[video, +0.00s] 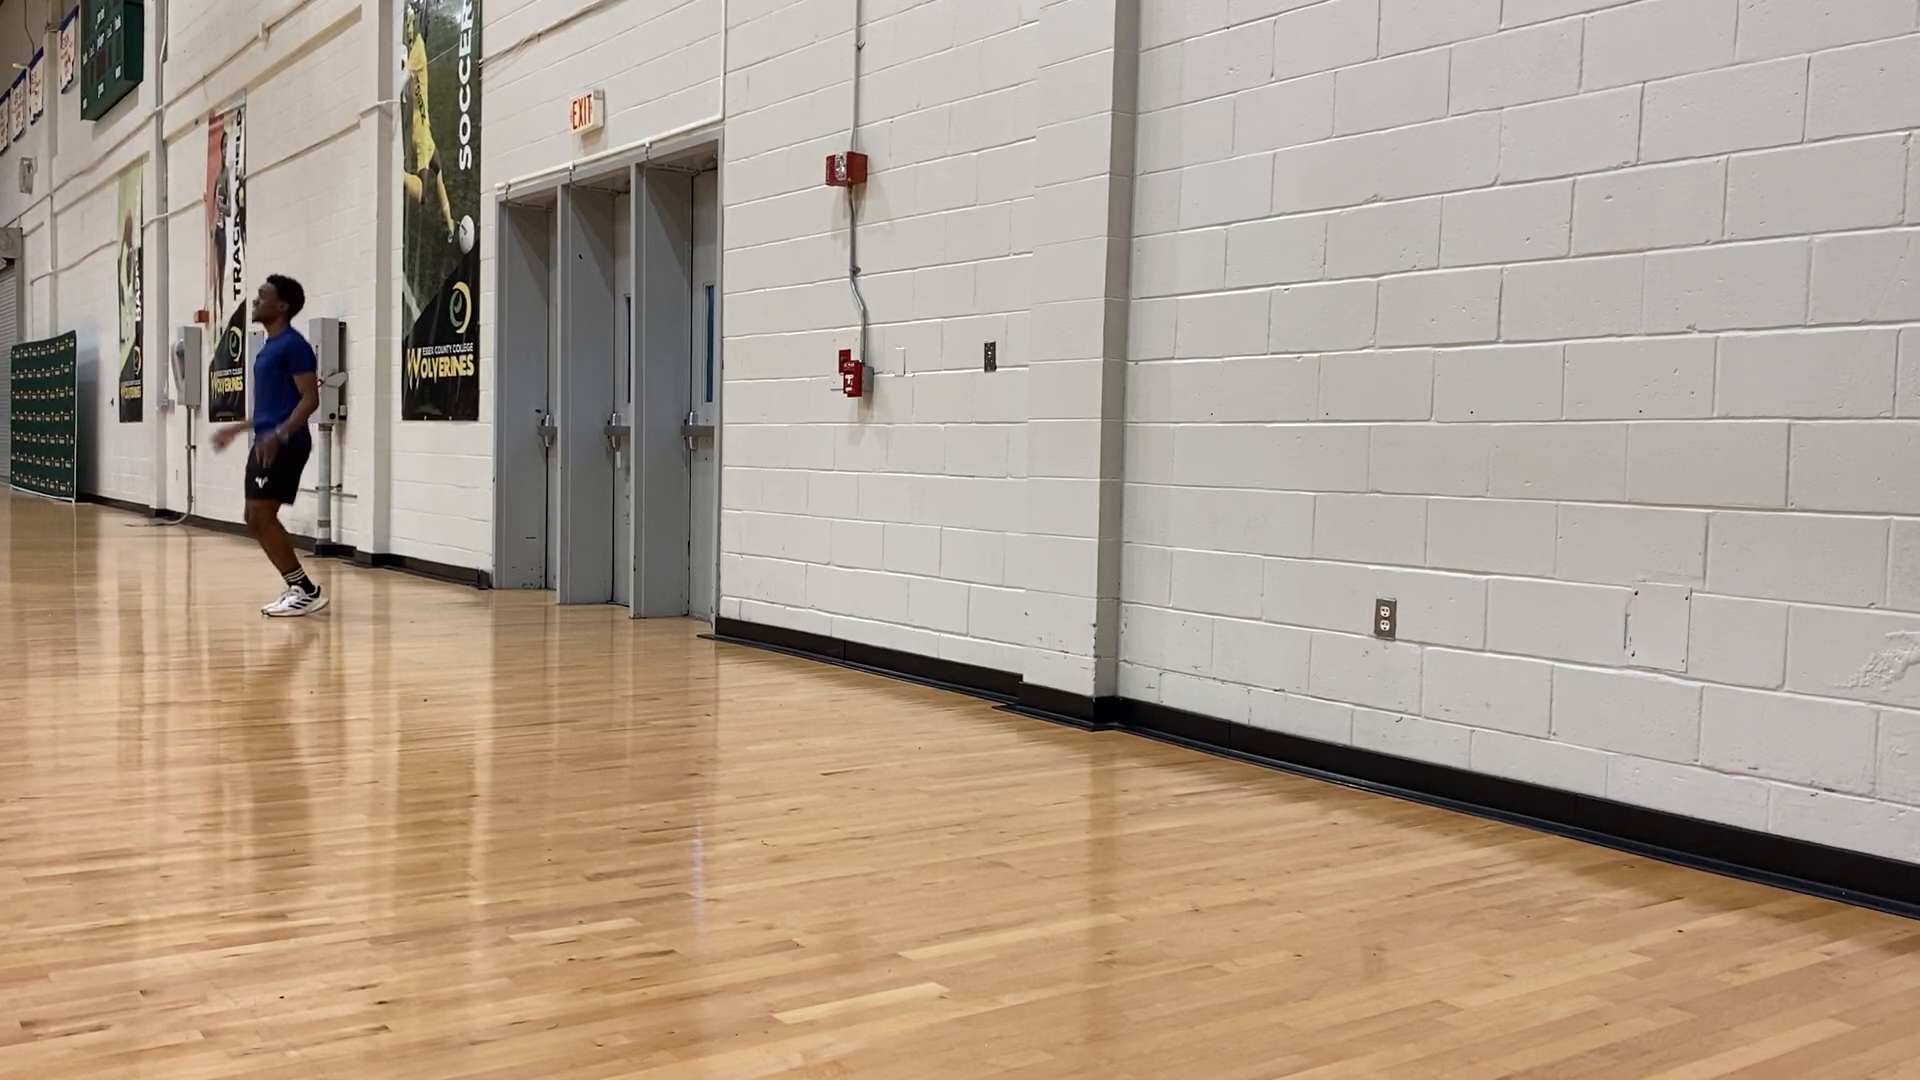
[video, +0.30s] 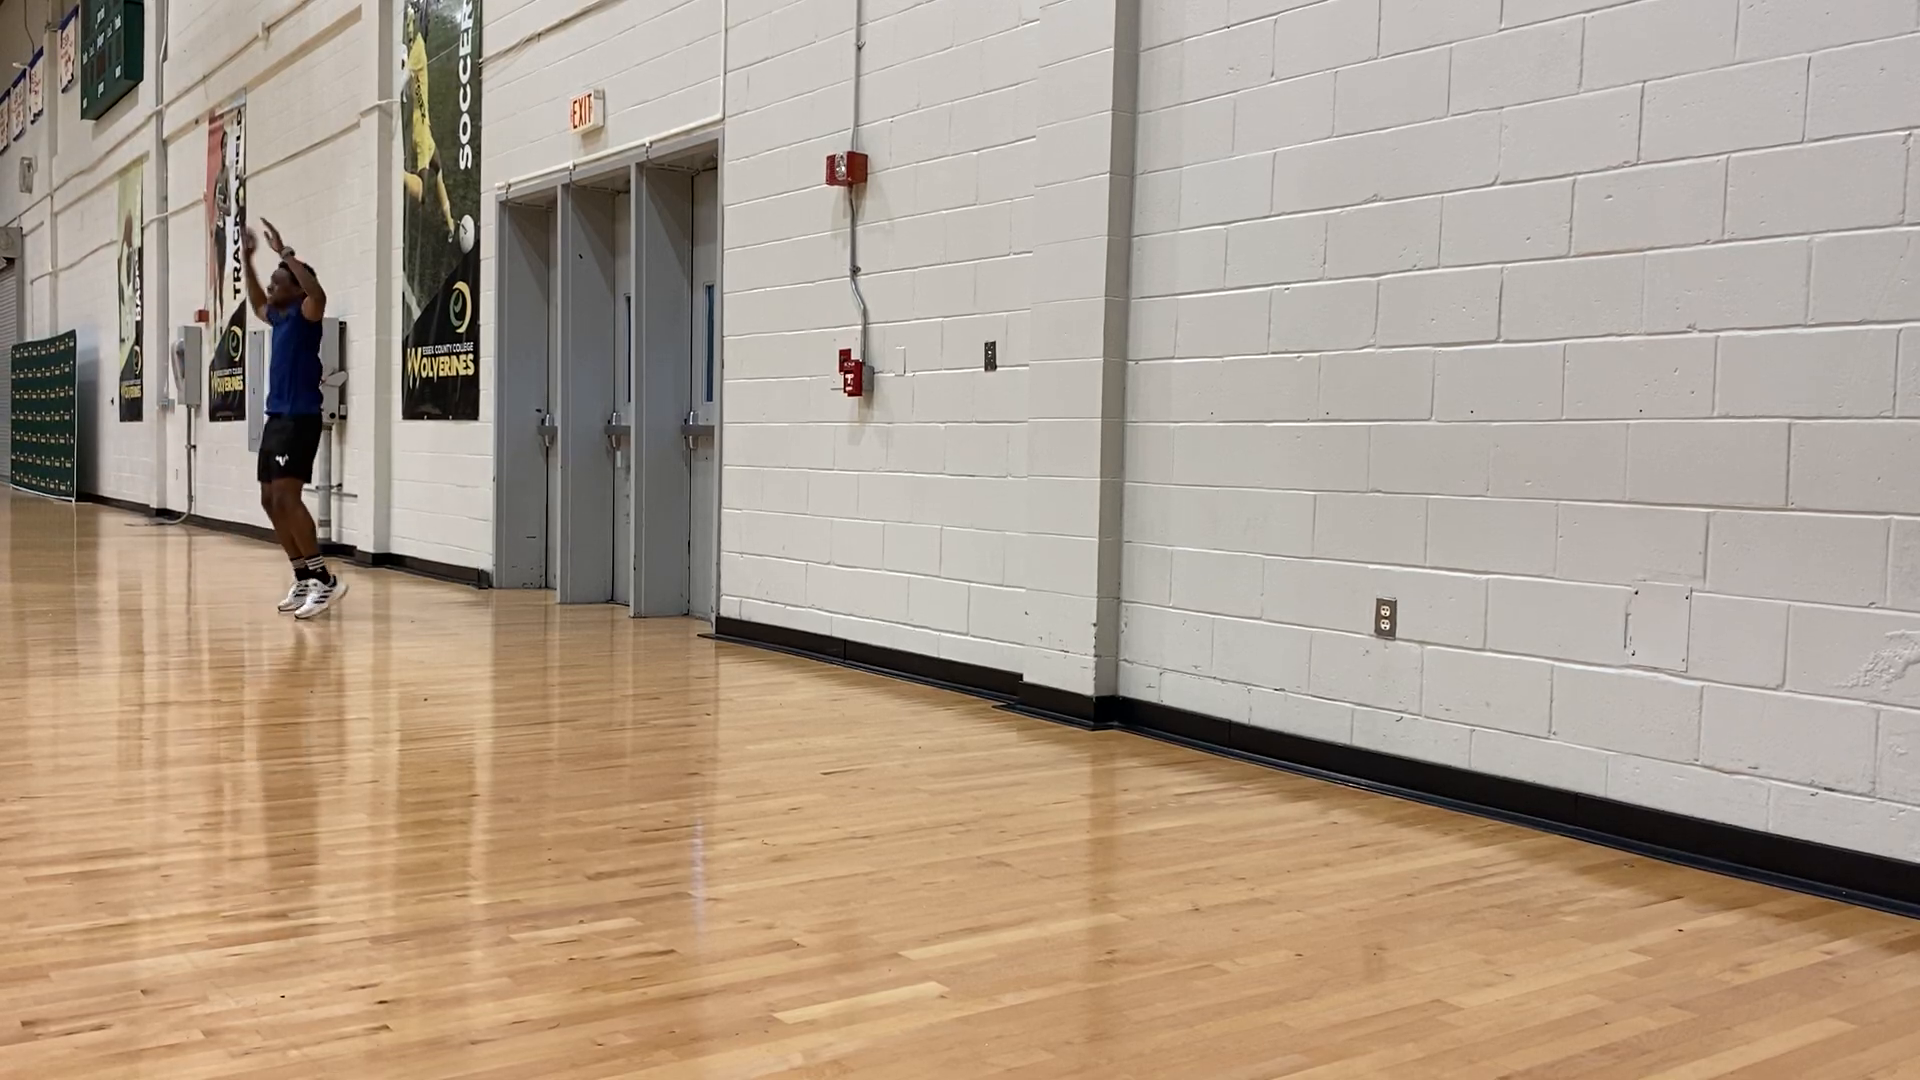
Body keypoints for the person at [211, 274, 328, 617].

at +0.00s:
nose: (255, 301)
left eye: (262, 297)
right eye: (257, 296)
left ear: (281, 307)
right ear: (275, 308)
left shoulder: (294, 345)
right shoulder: (270, 346)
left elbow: (311, 399)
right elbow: (270, 408)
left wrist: (279, 434)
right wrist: (236, 429)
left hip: (286, 440)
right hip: (267, 438)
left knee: (263, 516)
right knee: (253, 519)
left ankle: (304, 590)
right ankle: (299, 588)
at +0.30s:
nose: (271, 286)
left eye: (278, 282)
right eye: (271, 280)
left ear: (296, 288)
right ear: (274, 285)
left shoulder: (305, 315)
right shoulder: (279, 315)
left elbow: (316, 294)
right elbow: (259, 303)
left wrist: (285, 254)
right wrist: (247, 260)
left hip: (300, 416)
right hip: (278, 416)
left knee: (286, 496)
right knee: (270, 499)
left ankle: (323, 579)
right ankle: (303, 579)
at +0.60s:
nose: (283, 275)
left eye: (290, 270)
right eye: (285, 269)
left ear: (307, 279)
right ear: (293, 280)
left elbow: (321, 312)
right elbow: (263, 314)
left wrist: (290, 282)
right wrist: (231, 278)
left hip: (309, 412)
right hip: (287, 411)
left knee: (298, 490)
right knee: (283, 491)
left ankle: (325, 574)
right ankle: (306, 575)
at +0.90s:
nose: (286, 297)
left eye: (293, 293)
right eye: (290, 291)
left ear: (310, 303)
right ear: (306, 303)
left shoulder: (322, 341)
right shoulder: (302, 344)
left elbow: (345, 392)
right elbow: (301, 400)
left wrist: (298, 411)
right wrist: (265, 413)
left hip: (316, 441)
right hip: (299, 439)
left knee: (298, 510)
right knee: (287, 512)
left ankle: (334, 589)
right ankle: (326, 587)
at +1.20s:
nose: (290, 291)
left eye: (297, 287)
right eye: (293, 286)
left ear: (315, 297)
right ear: (309, 297)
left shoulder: (321, 331)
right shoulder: (306, 335)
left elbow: (334, 379)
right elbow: (297, 390)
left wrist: (301, 394)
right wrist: (258, 389)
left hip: (322, 435)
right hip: (308, 434)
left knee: (318, 507)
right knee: (311, 507)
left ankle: (338, 588)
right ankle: (328, 586)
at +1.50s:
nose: (281, 298)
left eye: (286, 292)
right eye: (282, 292)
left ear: (306, 296)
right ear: (301, 298)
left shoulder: (323, 331)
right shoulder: (304, 336)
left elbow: (344, 379)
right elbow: (306, 394)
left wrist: (307, 395)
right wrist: (268, 400)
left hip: (326, 434)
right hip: (309, 433)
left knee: (323, 507)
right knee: (313, 508)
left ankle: (340, 588)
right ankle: (326, 586)